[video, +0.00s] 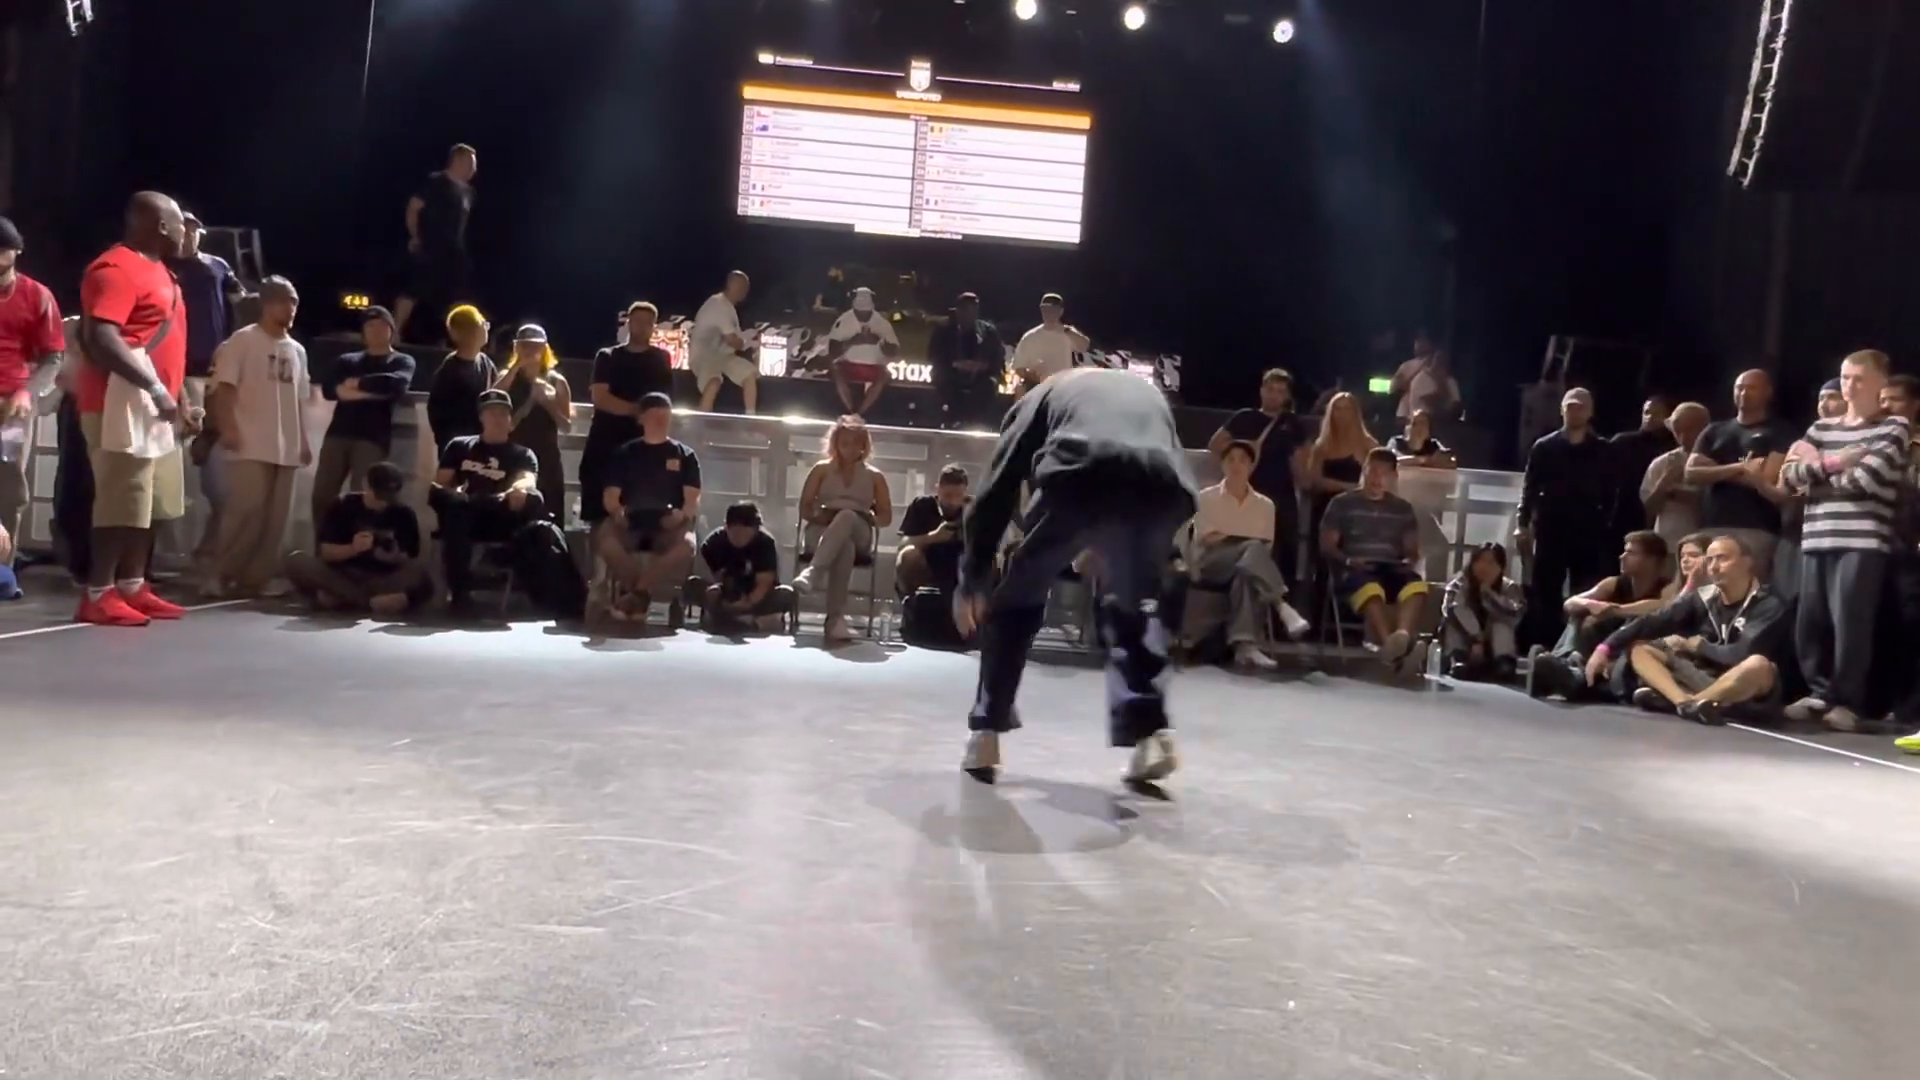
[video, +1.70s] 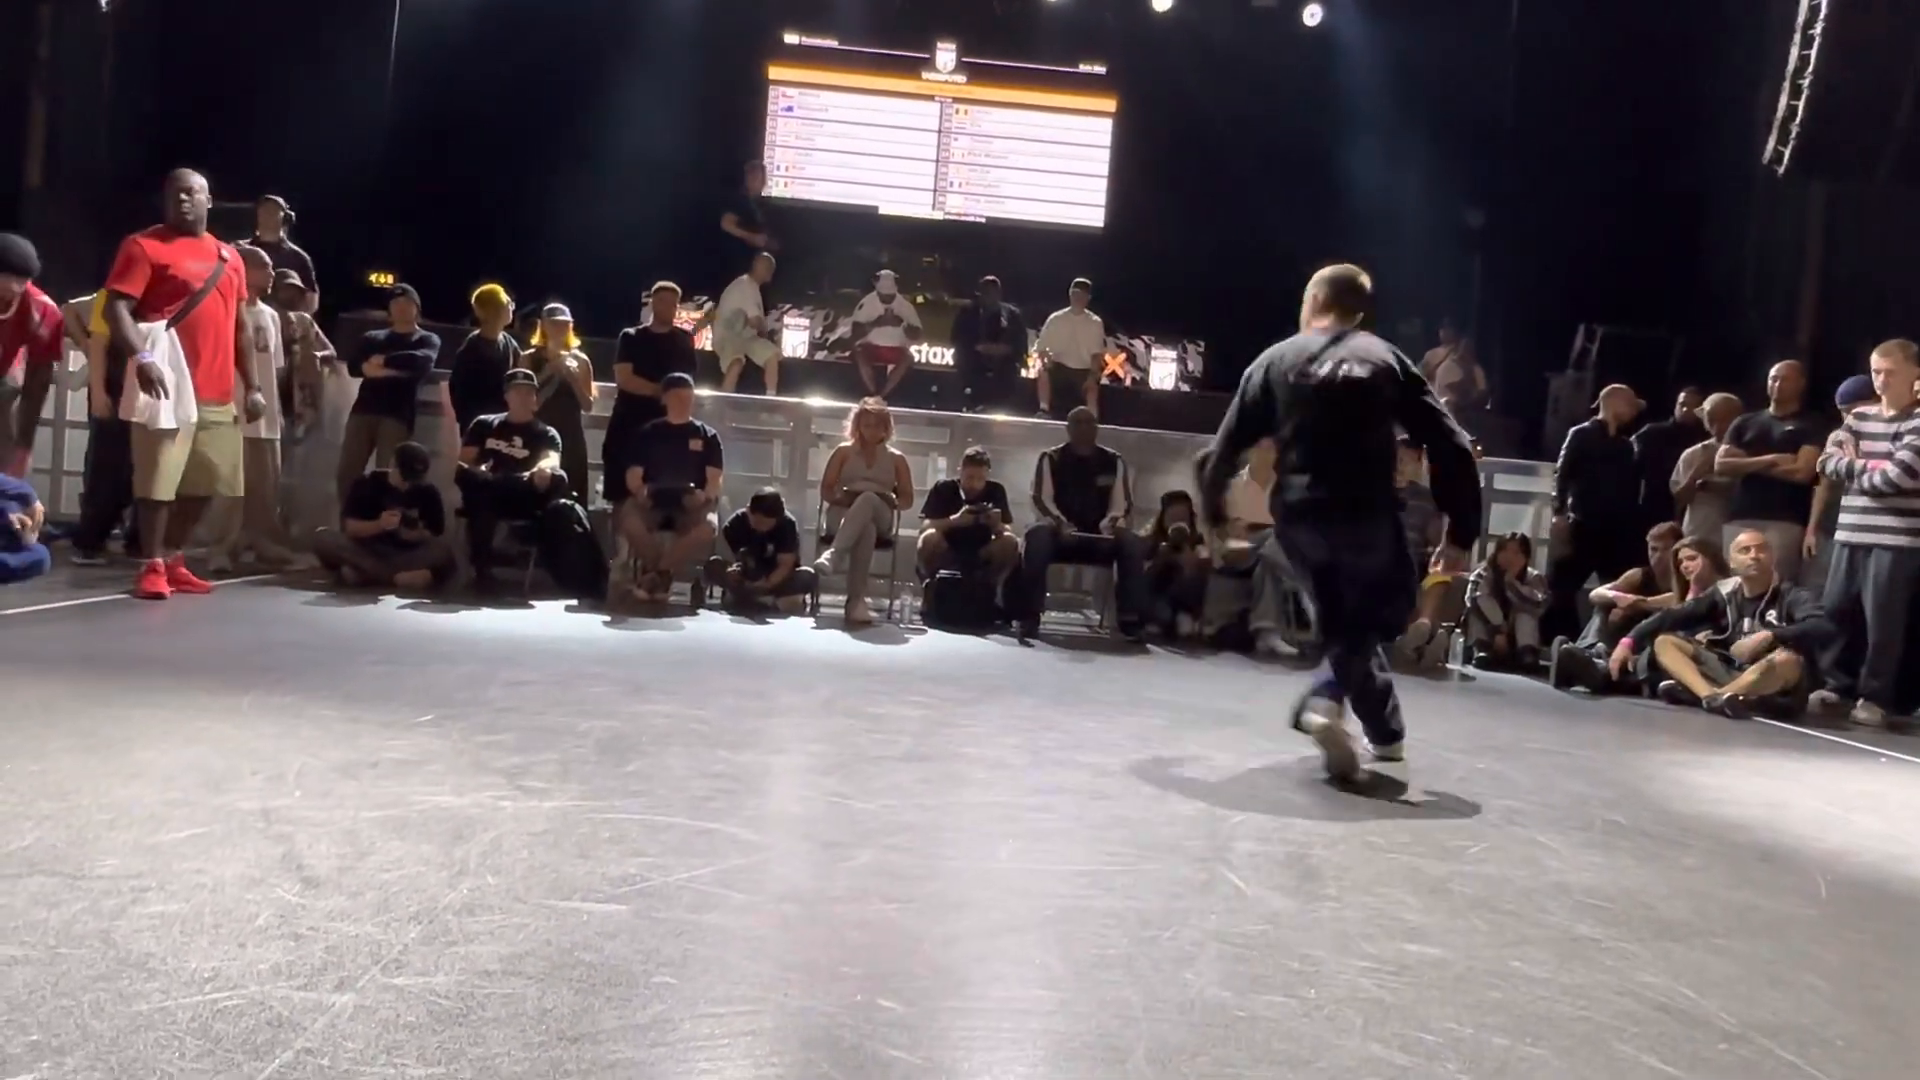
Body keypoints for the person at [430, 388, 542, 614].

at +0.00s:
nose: (498, 419)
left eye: (503, 414)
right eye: (492, 413)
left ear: (510, 420)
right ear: (481, 417)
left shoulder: (523, 455)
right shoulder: (459, 447)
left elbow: (526, 483)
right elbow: (438, 488)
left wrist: (520, 489)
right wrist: (459, 495)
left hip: (504, 512)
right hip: (468, 511)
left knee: (532, 501)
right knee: (453, 508)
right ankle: (459, 592)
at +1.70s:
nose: (525, 398)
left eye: (530, 393)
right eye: (519, 392)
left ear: (536, 399)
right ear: (506, 396)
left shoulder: (547, 434)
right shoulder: (484, 424)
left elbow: (551, 461)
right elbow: (463, 466)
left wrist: (542, 470)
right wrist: (479, 472)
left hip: (526, 489)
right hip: (490, 486)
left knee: (556, 480)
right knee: (477, 490)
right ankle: (482, 569)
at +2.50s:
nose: (527, 394)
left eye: (532, 389)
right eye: (522, 388)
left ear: (539, 395)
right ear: (509, 392)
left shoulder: (550, 429)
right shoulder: (487, 420)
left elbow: (553, 457)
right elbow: (467, 462)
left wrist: (546, 466)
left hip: (531, 488)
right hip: (494, 485)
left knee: (560, 475)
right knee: (481, 484)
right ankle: (484, 566)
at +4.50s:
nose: (523, 394)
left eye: (528, 389)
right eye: (518, 388)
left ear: (537, 395)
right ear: (507, 391)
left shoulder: (548, 430)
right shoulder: (486, 421)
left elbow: (553, 458)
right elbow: (466, 461)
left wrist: (548, 467)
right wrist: (488, 471)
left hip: (530, 490)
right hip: (493, 487)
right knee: (482, 492)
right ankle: (485, 568)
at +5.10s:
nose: (518, 400)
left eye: (523, 395)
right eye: (513, 394)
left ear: (531, 400)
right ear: (502, 398)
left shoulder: (543, 436)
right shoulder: (481, 428)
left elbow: (546, 467)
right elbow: (460, 468)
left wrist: (543, 472)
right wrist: (478, 477)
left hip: (524, 494)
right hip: (489, 493)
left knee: (552, 484)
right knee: (474, 495)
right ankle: (479, 576)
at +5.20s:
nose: (516, 401)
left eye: (521, 396)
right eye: (511, 395)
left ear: (529, 401)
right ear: (500, 399)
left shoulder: (541, 437)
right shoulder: (479, 428)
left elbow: (543, 472)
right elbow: (458, 469)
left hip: (522, 495)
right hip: (486, 494)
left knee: (550, 485)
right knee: (472, 495)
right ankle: (477, 577)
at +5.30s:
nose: (514, 401)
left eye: (518, 396)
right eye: (508, 395)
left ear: (527, 402)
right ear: (498, 400)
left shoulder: (540, 438)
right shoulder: (477, 429)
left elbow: (543, 466)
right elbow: (457, 471)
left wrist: (538, 474)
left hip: (521, 495)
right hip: (486, 494)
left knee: (550, 486)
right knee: (469, 496)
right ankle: (475, 577)